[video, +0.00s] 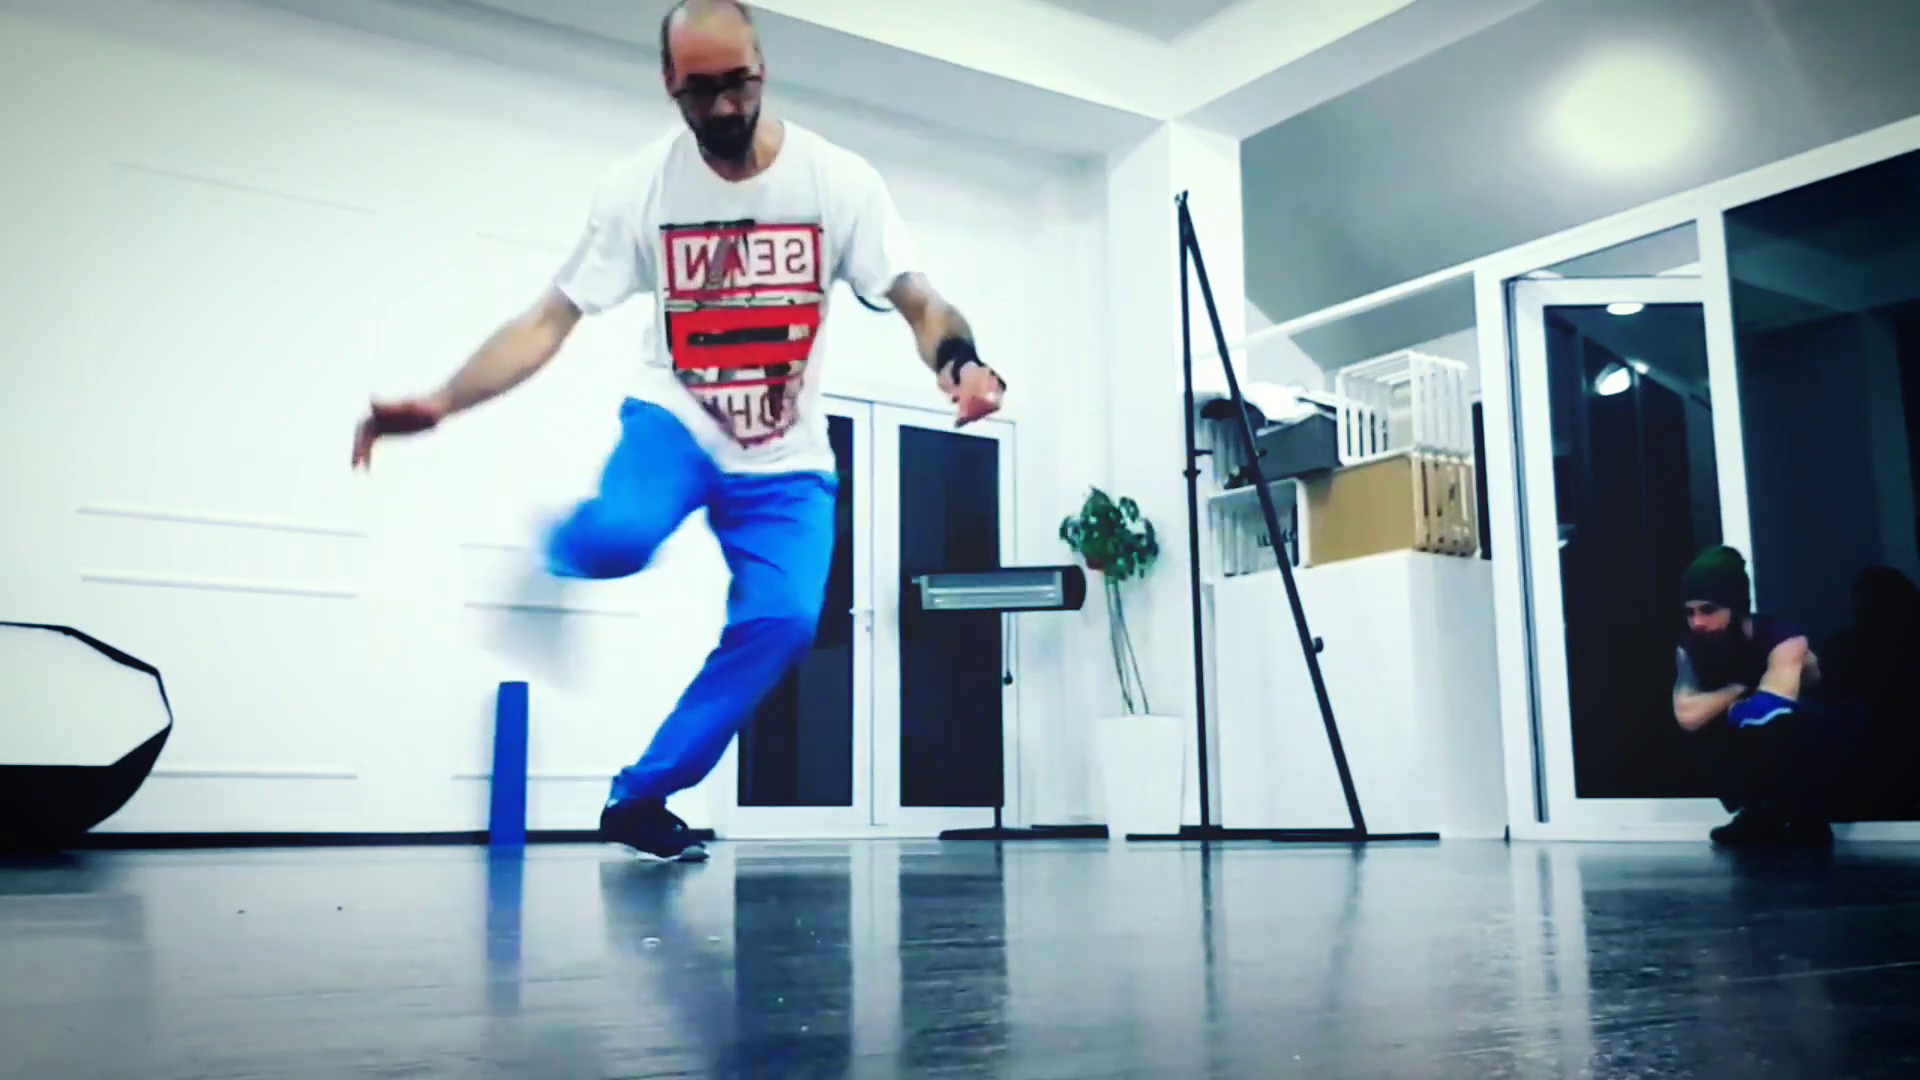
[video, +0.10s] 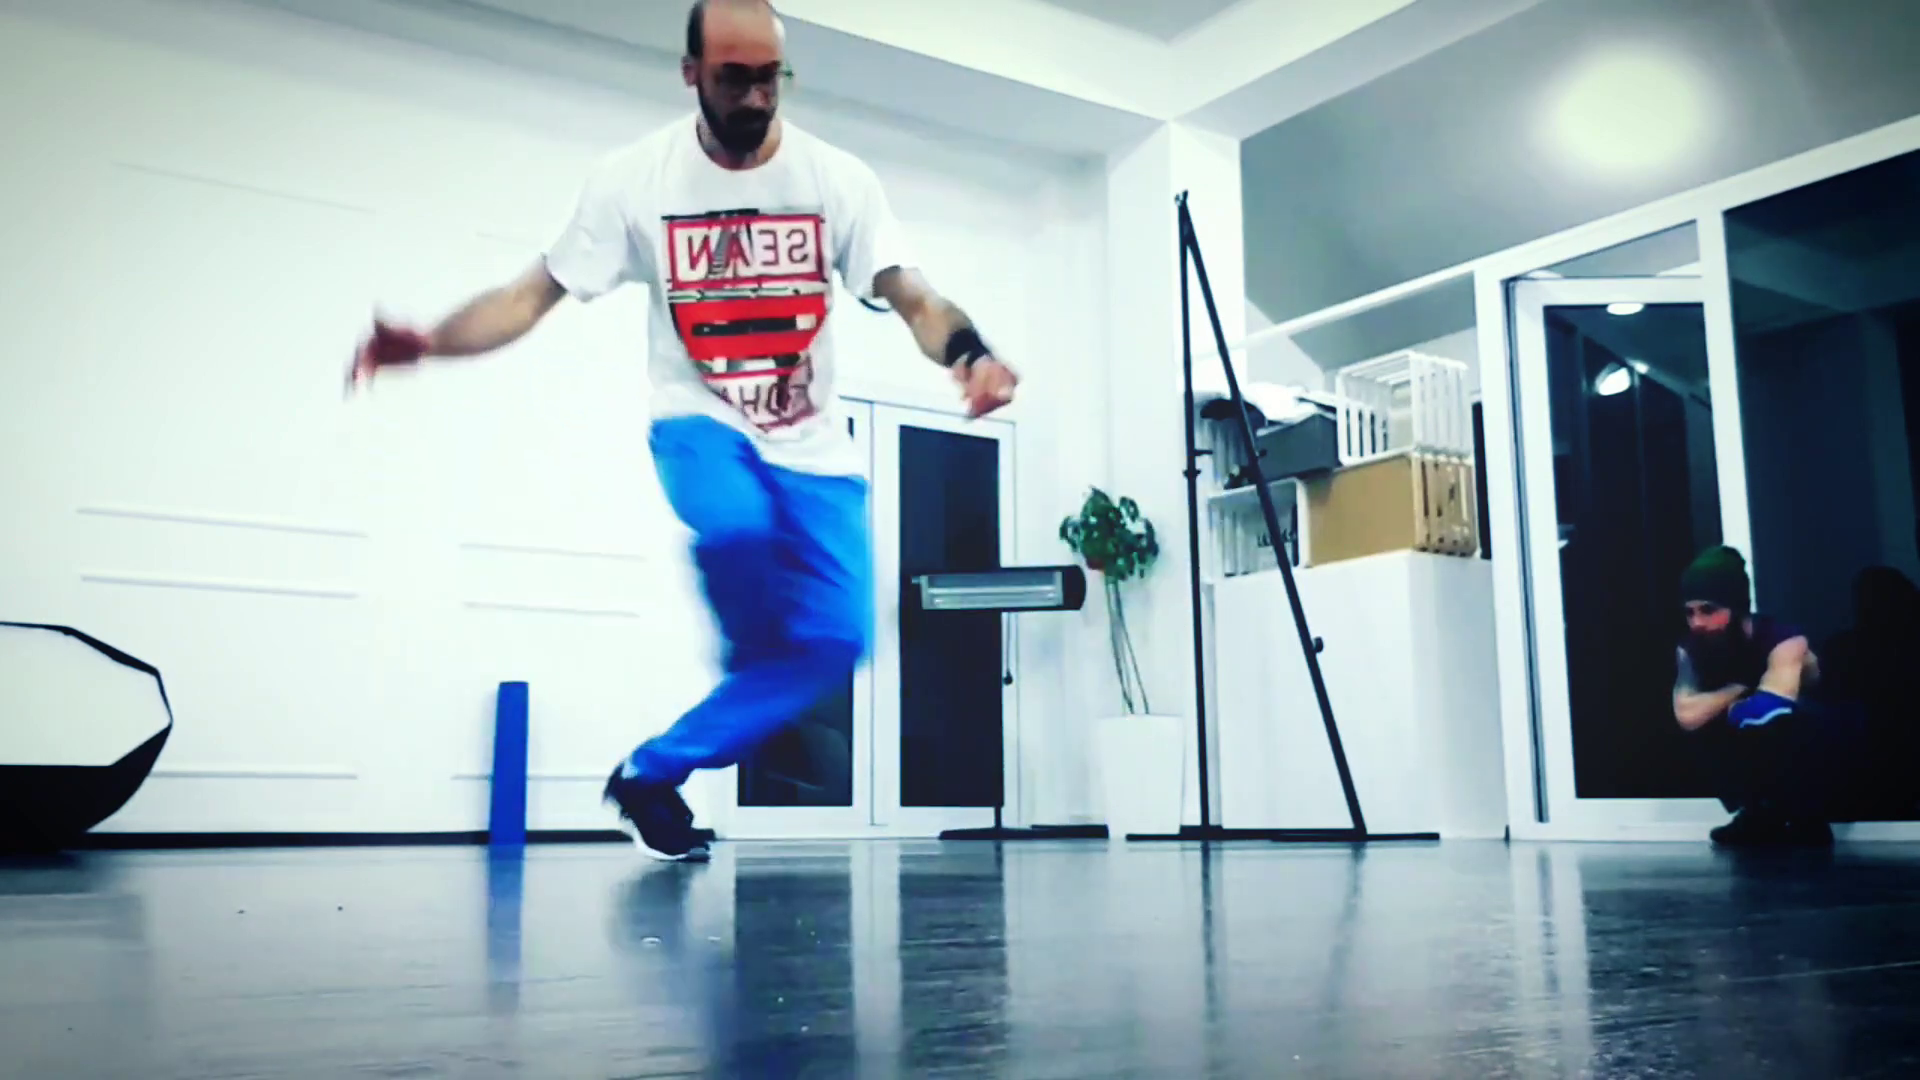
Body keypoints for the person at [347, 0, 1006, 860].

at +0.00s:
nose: (722, 108)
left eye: (736, 83)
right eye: (698, 90)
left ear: (763, 66)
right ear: (669, 85)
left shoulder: (841, 185)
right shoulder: (641, 190)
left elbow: (915, 299)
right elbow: (549, 319)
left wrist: (960, 362)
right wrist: (443, 401)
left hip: (786, 449)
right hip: (675, 415)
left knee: (782, 623)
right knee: (622, 539)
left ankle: (639, 798)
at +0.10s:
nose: (757, 96)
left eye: (769, 76)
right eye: (735, 78)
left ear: (786, 69)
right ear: (692, 73)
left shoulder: (837, 182)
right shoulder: (636, 182)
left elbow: (910, 296)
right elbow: (532, 294)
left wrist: (973, 355)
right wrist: (431, 344)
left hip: (814, 436)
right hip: (700, 413)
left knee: (837, 633)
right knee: (737, 530)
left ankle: (651, 777)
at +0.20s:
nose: (770, 147)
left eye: (782, 129)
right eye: (754, 127)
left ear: (797, 127)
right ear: (705, 117)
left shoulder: (833, 227)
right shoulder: (639, 225)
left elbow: (949, 317)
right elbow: (483, 291)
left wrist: (994, 314)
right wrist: (416, 255)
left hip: (842, 495)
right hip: (727, 487)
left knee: (924, 695)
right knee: (843, 559)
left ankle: (693, 757)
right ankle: (855, 733)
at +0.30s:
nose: (781, 241)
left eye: (791, 224)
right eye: (765, 222)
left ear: (803, 222)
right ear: (715, 217)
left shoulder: (845, 330)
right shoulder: (647, 340)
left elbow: (993, 311)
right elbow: (470, 273)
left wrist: (976, 191)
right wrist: (480, 137)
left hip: (868, 597)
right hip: (752, 596)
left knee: (947, 790)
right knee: (899, 636)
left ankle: (722, 767)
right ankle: (861, 810)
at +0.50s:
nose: (733, 261)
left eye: (747, 240)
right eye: (712, 246)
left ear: (780, 239)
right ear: (689, 253)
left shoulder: (838, 309)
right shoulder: (675, 332)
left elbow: (895, 173)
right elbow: (563, 205)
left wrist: (805, 47)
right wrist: (626, 69)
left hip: (881, 596)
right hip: (762, 589)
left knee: (944, 778)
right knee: (832, 637)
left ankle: (736, 774)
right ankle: (860, 806)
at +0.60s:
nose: (686, 228)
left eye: (699, 205)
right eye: (671, 213)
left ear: (746, 189)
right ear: (662, 214)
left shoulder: (832, 250)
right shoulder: (668, 275)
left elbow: (915, 166)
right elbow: (550, 208)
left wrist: (825, 96)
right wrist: (546, 120)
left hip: (886, 531)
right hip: (767, 525)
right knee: (723, 585)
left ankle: (735, 792)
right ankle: (862, 738)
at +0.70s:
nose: (668, 215)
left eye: (677, 190)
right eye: (653, 203)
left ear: (729, 171)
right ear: (647, 209)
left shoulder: (827, 231)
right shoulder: (670, 288)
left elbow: (938, 284)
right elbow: (545, 326)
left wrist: (881, 349)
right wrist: (528, 408)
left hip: (885, 516)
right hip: (790, 532)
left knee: (681, 556)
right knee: (633, 609)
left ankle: (753, 781)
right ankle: (860, 713)